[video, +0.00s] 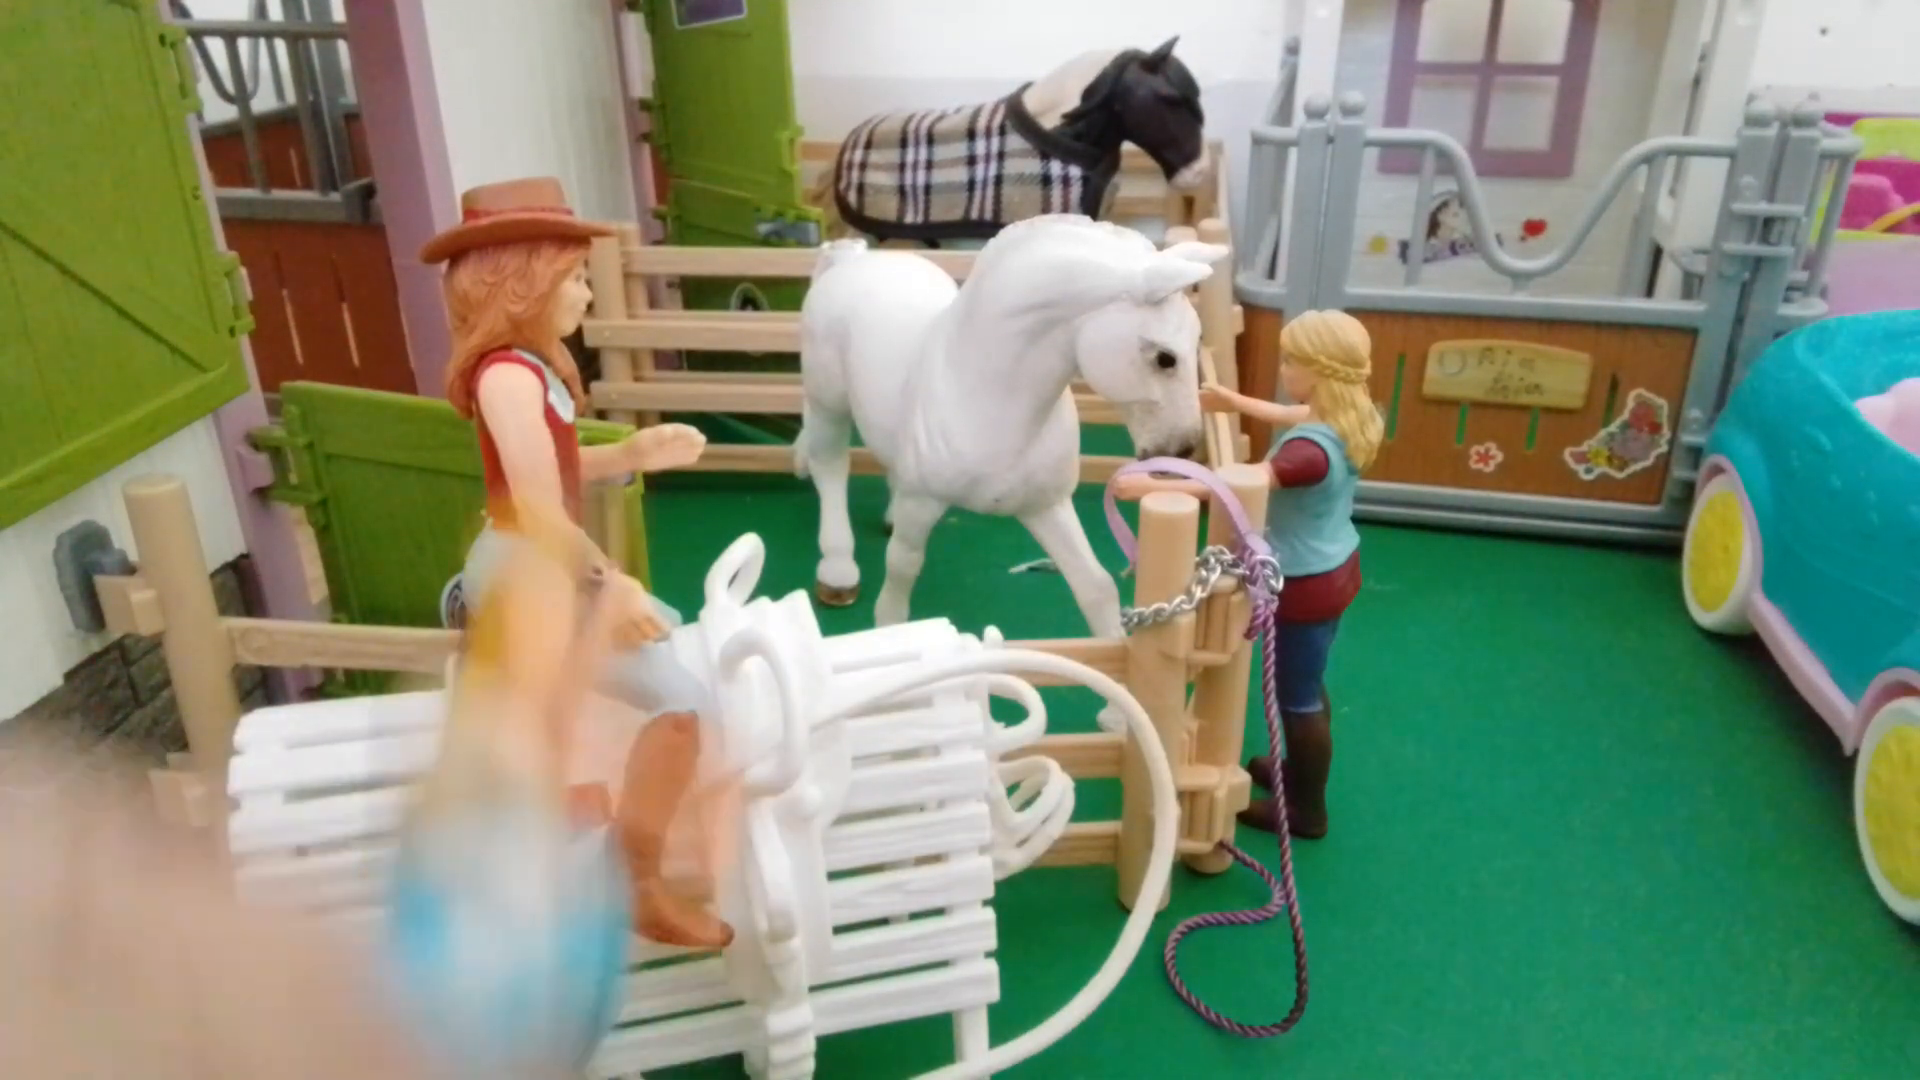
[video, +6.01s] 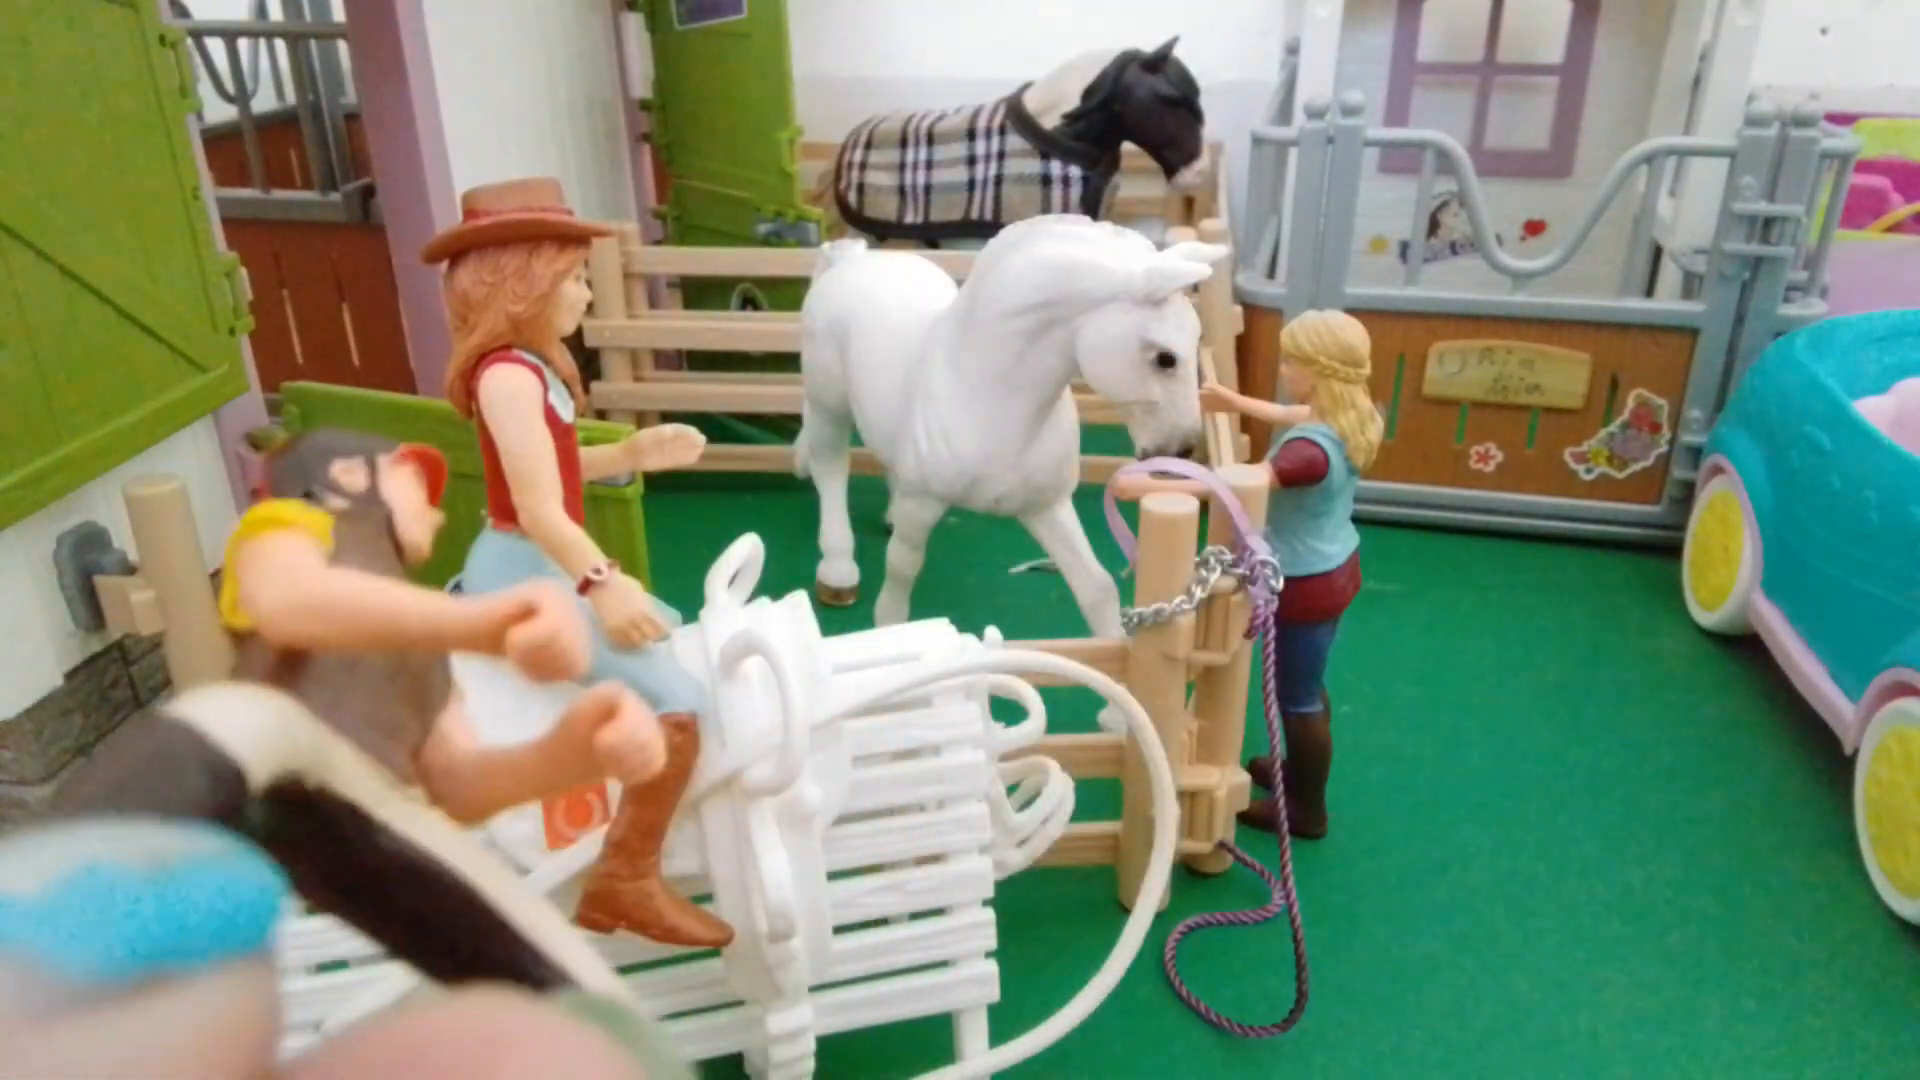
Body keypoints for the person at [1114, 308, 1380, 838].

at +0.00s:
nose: (1282, 371)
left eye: (1290, 362)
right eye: (1284, 360)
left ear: (1319, 372)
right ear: (1337, 373)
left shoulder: (1314, 448)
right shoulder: (1348, 417)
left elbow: (1244, 479)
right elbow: (1288, 416)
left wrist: (1159, 484)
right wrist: (1235, 400)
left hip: (1304, 589)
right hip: (1331, 568)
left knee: (1299, 700)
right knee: (1300, 682)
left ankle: (1303, 812)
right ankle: (1299, 774)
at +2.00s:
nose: (1281, 370)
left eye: (1290, 361)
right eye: (1284, 359)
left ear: (1318, 373)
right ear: (1335, 374)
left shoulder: (1315, 447)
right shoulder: (1347, 418)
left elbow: (1246, 478)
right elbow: (1291, 415)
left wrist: (1159, 484)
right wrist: (1238, 401)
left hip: (1303, 588)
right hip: (1329, 568)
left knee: (1300, 700)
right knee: (1301, 682)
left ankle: (1303, 812)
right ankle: (1299, 774)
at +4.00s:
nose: (1282, 369)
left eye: (1291, 359)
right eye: (1284, 358)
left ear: (1310, 372)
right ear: (1340, 372)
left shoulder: (1317, 444)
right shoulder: (1347, 421)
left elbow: (1258, 475)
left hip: (1308, 579)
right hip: (1335, 559)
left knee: (1299, 699)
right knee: (1308, 685)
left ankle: (1305, 804)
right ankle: (1306, 791)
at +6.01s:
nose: (1282, 370)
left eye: (1290, 362)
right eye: (1284, 360)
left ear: (1317, 373)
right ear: (1337, 373)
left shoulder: (1314, 448)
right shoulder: (1348, 418)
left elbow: (1248, 479)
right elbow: (1289, 416)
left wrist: (1163, 484)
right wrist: (1236, 400)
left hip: (1305, 588)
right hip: (1333, 565)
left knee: (1300, 700)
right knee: (1301, 680)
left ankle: (1304, 811)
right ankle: (1298, 771)